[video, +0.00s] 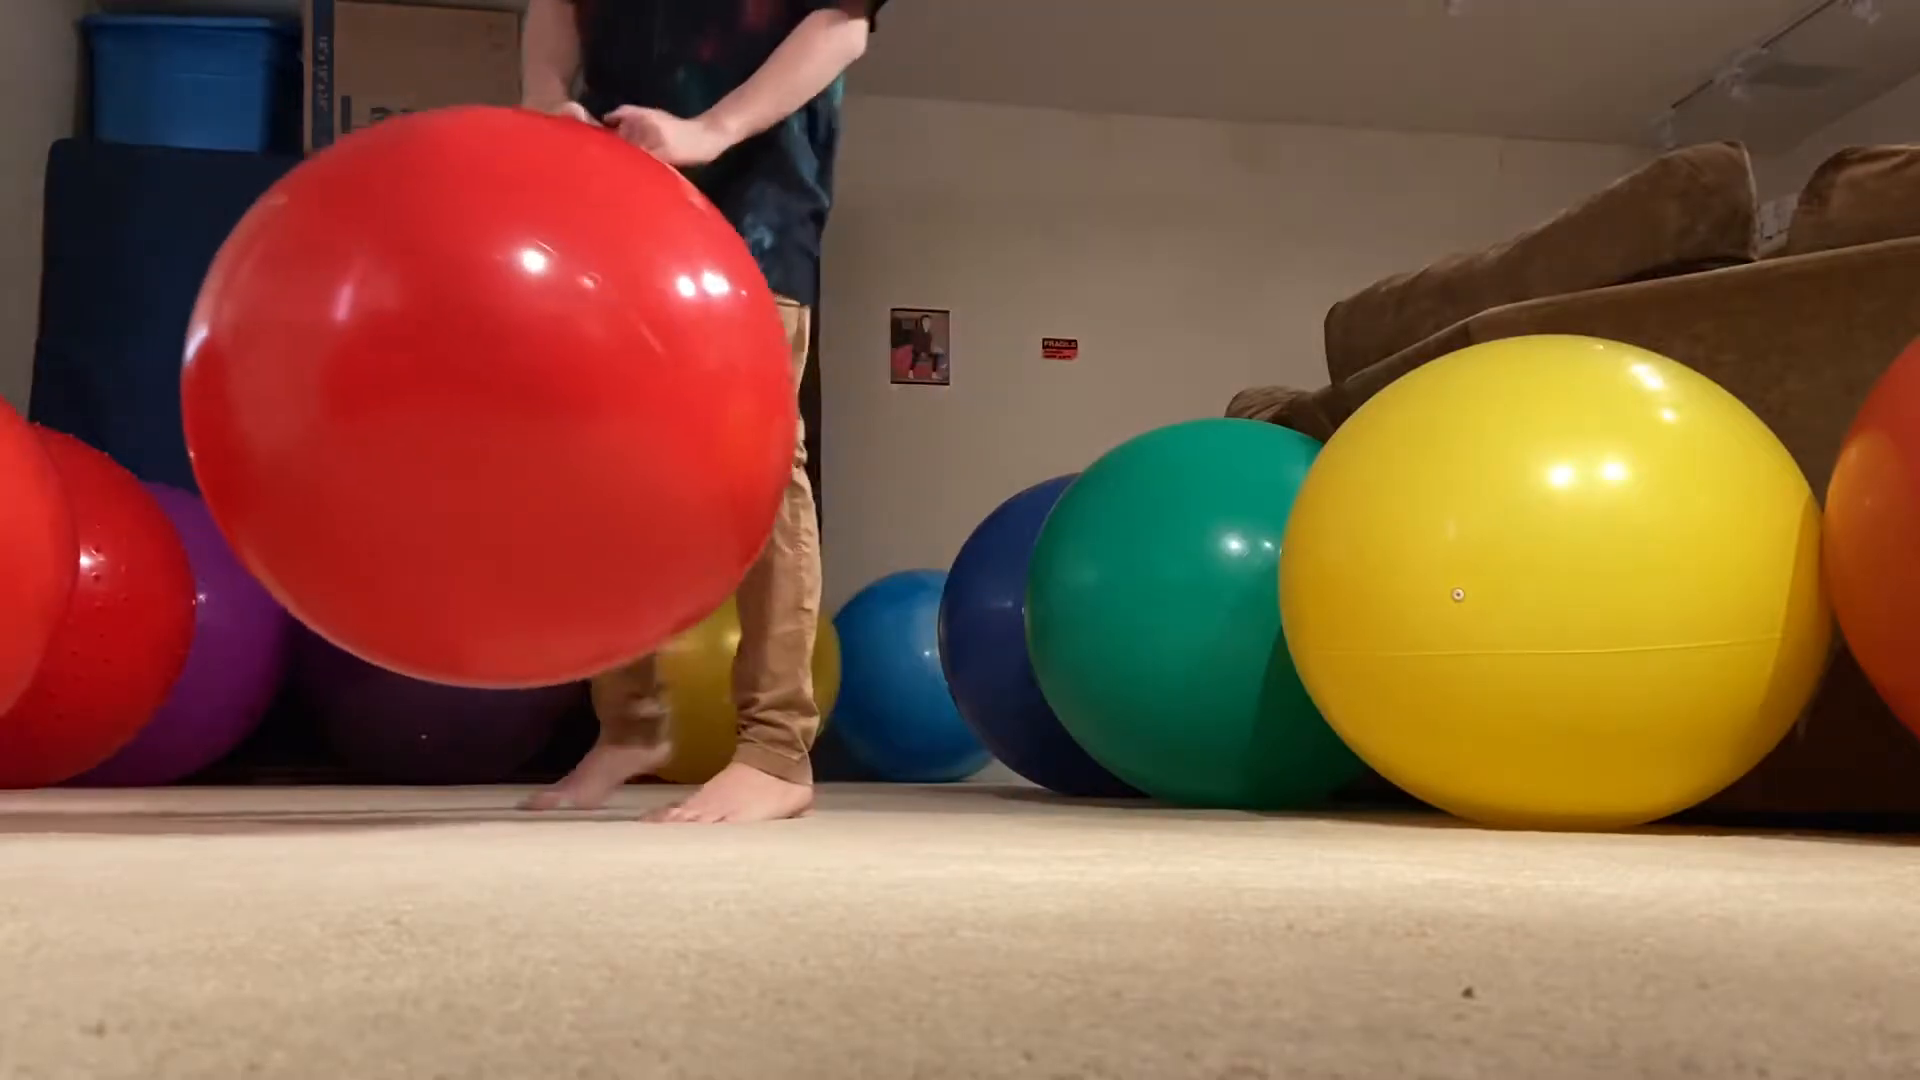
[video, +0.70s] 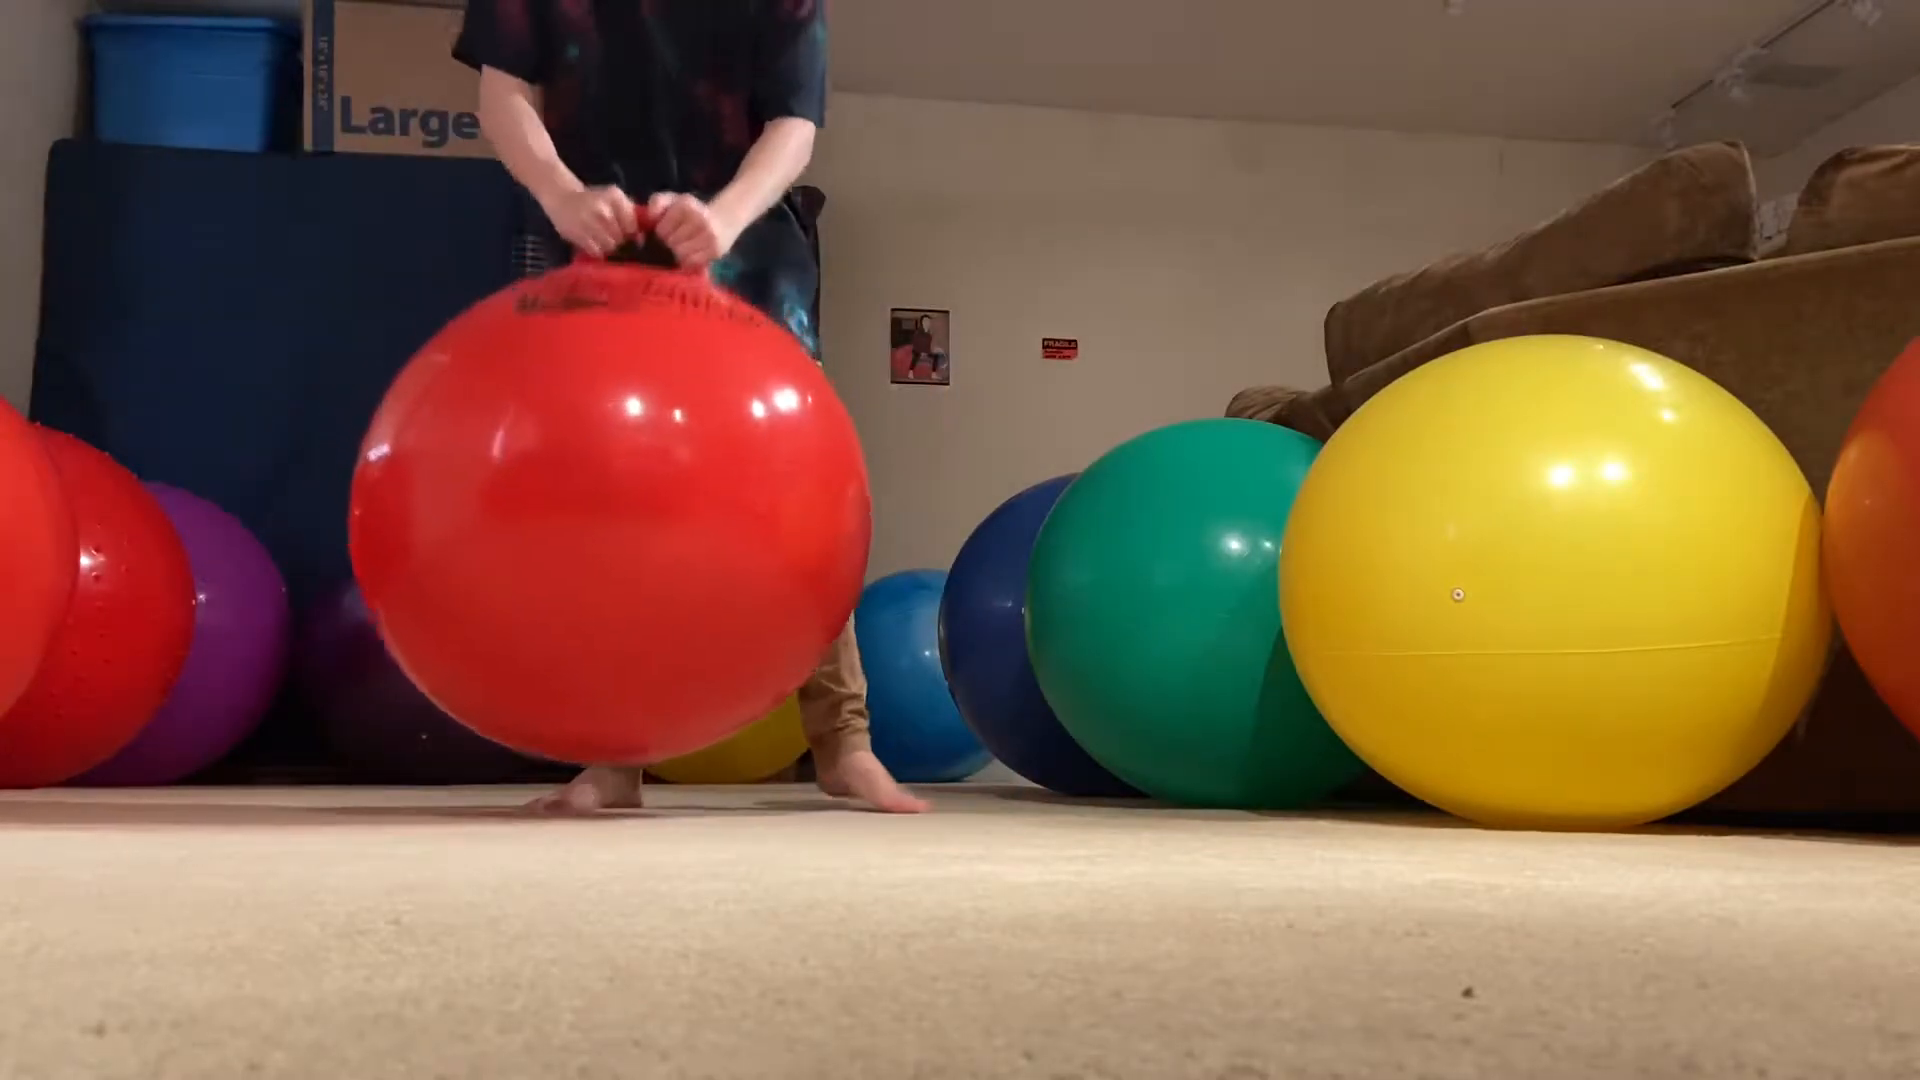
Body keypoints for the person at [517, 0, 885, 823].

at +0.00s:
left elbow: (845, 22)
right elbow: (553, 3)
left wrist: (710, 129)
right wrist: (548, 99)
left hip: (755, 204)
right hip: (613, 196)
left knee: (764, 464)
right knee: (607, 451)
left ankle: (776, 752)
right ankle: (631, 726)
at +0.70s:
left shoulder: (785, 6)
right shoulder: (528, 3)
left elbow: (795, 123)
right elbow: (502, 94)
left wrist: (722, 216)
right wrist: (564, 195)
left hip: (750, 257)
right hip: (596, 256)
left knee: (794, 483)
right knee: (597, 491)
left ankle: (844, 742)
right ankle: (612, 762)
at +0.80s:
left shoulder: (807, 10)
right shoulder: (564, 7)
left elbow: (802, 176)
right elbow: (541, 152)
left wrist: (727, 302)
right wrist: (581, 289)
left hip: (771, 280)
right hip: (620, 276)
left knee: (803, 522)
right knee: (622, 514)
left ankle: (841, 759)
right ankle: (630, 755)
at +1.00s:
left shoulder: (852, 11)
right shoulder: (614, 4)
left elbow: (801, 194)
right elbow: (599, 165)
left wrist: (742, 338)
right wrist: (610, 323)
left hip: (796, 262)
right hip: (649, 251)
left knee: (833, 517)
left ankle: (852, 767)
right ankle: (521, 740)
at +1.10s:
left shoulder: (827, 13)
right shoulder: (605, 5)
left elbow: (797, 138)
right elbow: (603, 121)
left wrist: (753, 290)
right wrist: (618, 273)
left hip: (795, 242)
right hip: (634, 225)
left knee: (880, 448)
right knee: (459, 320)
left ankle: (882, 720)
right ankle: (391, 620)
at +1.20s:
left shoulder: (809, 6)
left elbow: (796, 126)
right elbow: (582, 100)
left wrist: (754, 280)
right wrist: (616, 255)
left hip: (769, 239)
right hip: (610, 219)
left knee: (937, 363)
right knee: (422, 242)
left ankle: (926, 657)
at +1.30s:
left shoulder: (815, 6)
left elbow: (825, 155)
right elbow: (536, 124)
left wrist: (751, 286)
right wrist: (601, 264)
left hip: (754, 281)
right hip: (589, 265)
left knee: (946, 333)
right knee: (404, 245)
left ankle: (961, 647)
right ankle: (226, 536)